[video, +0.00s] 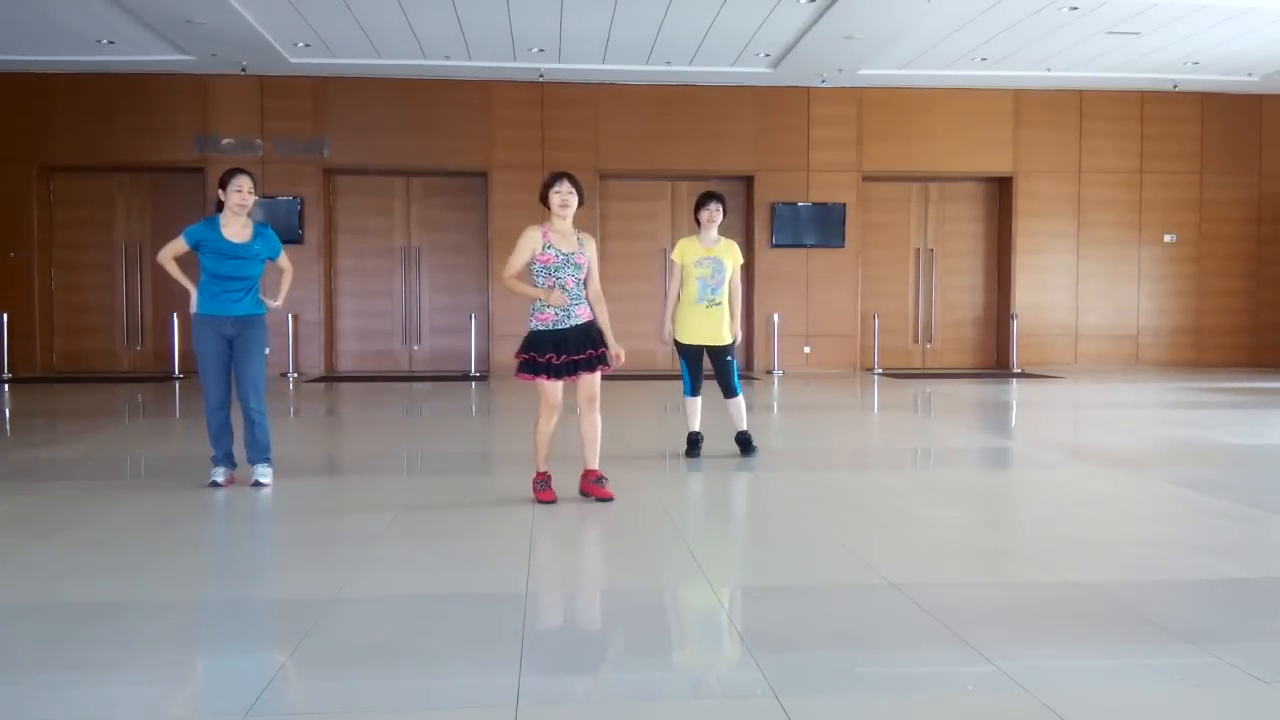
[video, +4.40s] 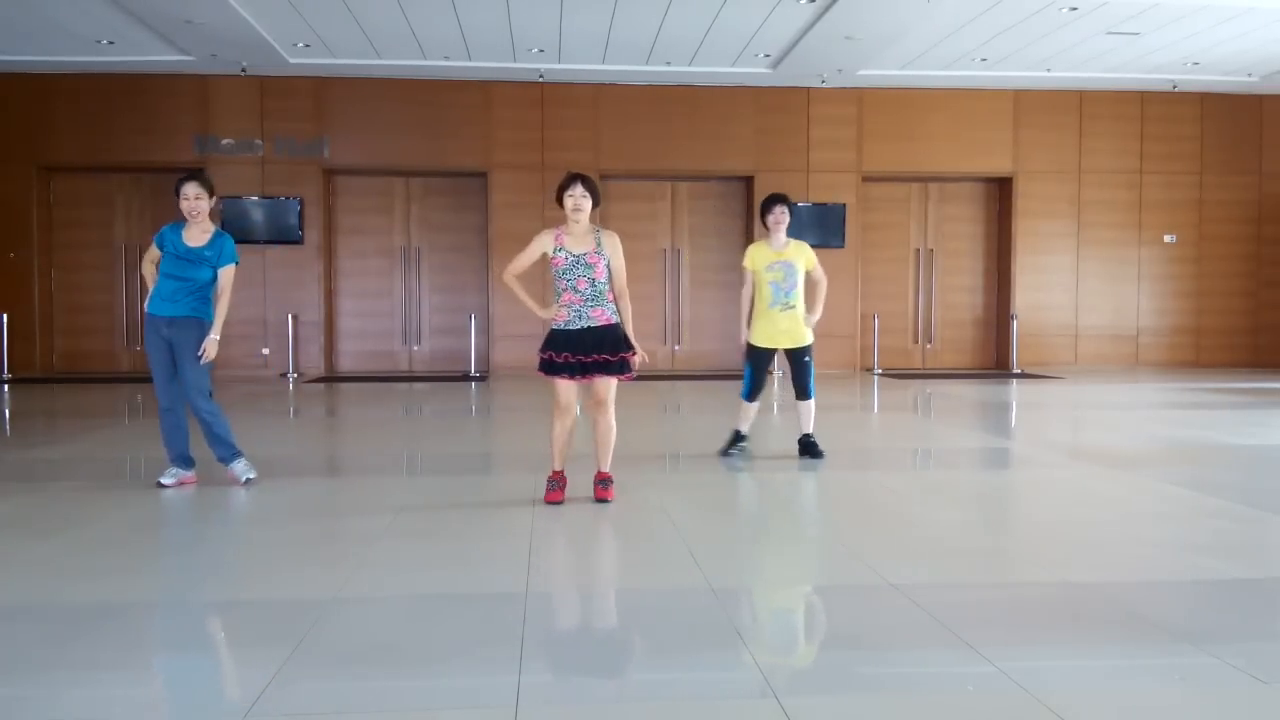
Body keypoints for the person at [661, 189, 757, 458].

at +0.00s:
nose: (712, 214)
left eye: (717, 210)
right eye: (707, 209)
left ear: (723, 216)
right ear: (698, 214)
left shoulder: (731, 248)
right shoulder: (684, 246)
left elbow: (735, 288)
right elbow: (674, 285)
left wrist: (736, 324)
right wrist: (668, 322)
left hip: (719, 327)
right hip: (687, 327)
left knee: (731, 385)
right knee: (692, 386)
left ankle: (743, 434)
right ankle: (694, 437)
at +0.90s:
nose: (738, 212)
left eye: (743, 209)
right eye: (733, 208)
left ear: (749, 215)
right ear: (723, 214)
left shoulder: (759, 247)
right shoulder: (712, 248)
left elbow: (771, 286)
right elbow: (704, 288)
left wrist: (773, 319)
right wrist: (702, 324)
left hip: (754, 327)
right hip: (721, 327)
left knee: (751, 385)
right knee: (713, 385)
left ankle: (748, 437)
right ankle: (700, 436)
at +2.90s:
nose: (727, 216)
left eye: (732, 211)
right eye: (724, 212)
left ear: (745, 216)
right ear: (719, 216)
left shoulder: (759, 248)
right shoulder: (712, 248)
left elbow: (780, 277)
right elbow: (706, 287)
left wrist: (772, 306)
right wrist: (704, 324)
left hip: (751, 328)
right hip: (719, 327)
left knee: (752, 387)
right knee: (710, 386)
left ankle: (753, 436)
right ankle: (698, 437)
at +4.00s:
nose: (737, 224)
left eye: (743, 219)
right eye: (732, 218)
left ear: (747, 224)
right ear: (722, 220)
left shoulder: (753, 254)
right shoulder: (707, 252)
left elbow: (769, 285)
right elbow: (694, 283)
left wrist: (762, 315)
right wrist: (685, 311)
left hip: (744, 330)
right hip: (711, 330)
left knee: (764, 383)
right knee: (703, 385)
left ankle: (786, 436)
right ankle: (693, 434)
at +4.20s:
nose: (760, 222)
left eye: (765, 218)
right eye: (754, 218)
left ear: (771, 223)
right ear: (745, 223)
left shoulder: (781, 256)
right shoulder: (734, 254)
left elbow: (795, 287)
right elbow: (719, 291)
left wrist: (789, 317)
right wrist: (712, 323)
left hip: (772, 331)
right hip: (737, 331)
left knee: (791, 382)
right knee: (721, 384)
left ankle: (805, 438)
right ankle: (697, 433)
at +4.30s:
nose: (770, 220)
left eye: (775, 215)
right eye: (765, 215)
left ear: (781, 220)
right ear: (756, 221)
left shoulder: (793, 253)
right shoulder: (745, 253)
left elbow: (811, 281)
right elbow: (735, 291)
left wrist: (805, 315)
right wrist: (729, 326)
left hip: (787, 329)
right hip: (753, 330)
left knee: (800, 385)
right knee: (735, 386)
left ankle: (806, 438)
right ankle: (714, 433)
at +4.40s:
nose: (779, 217)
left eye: (783, 212)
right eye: (773, 213)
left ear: (790, 217)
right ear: (764, 218)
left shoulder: (802, 250)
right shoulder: (754, 251)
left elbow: (821, 279)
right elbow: (747, 290)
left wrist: (815, 314)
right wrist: (743, 327)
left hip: (797, 329)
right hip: (763, 330)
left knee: (804, 387)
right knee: (751, 387)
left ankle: (807, 438)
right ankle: (740, 436)